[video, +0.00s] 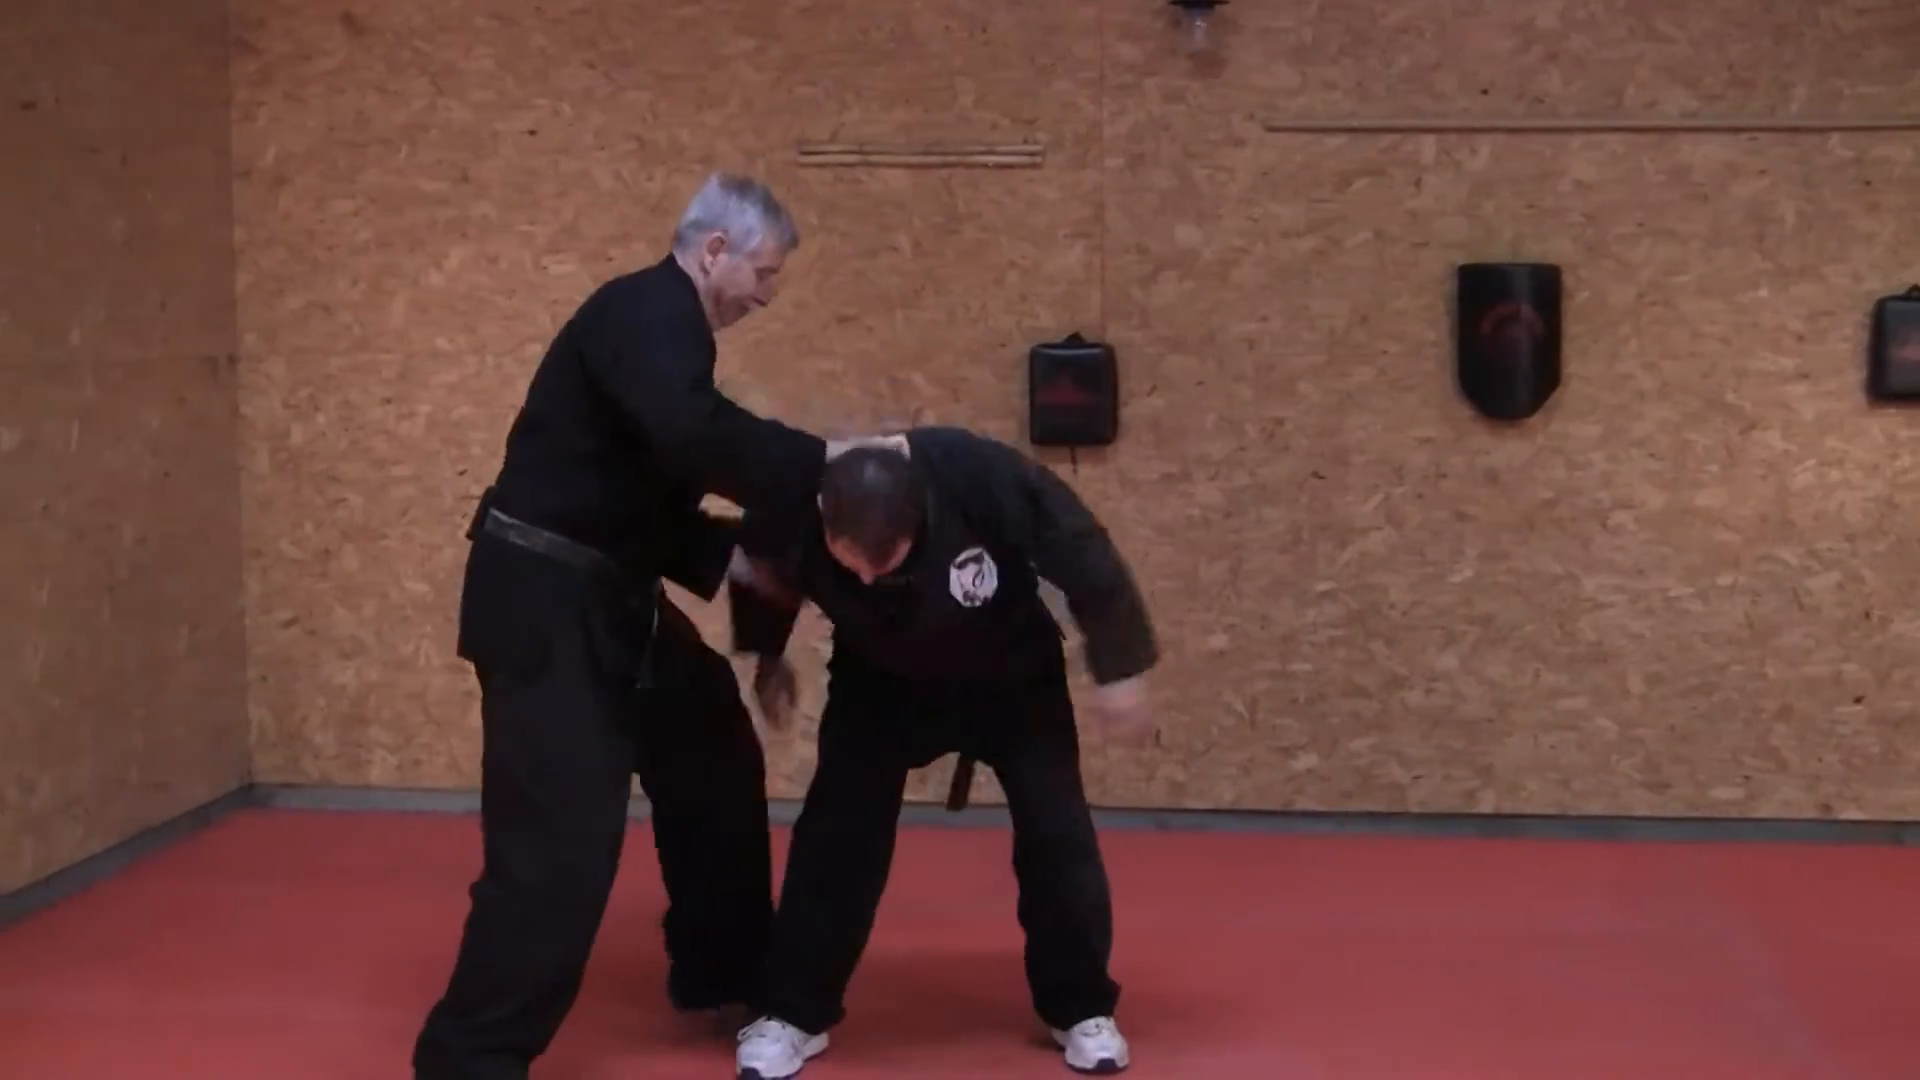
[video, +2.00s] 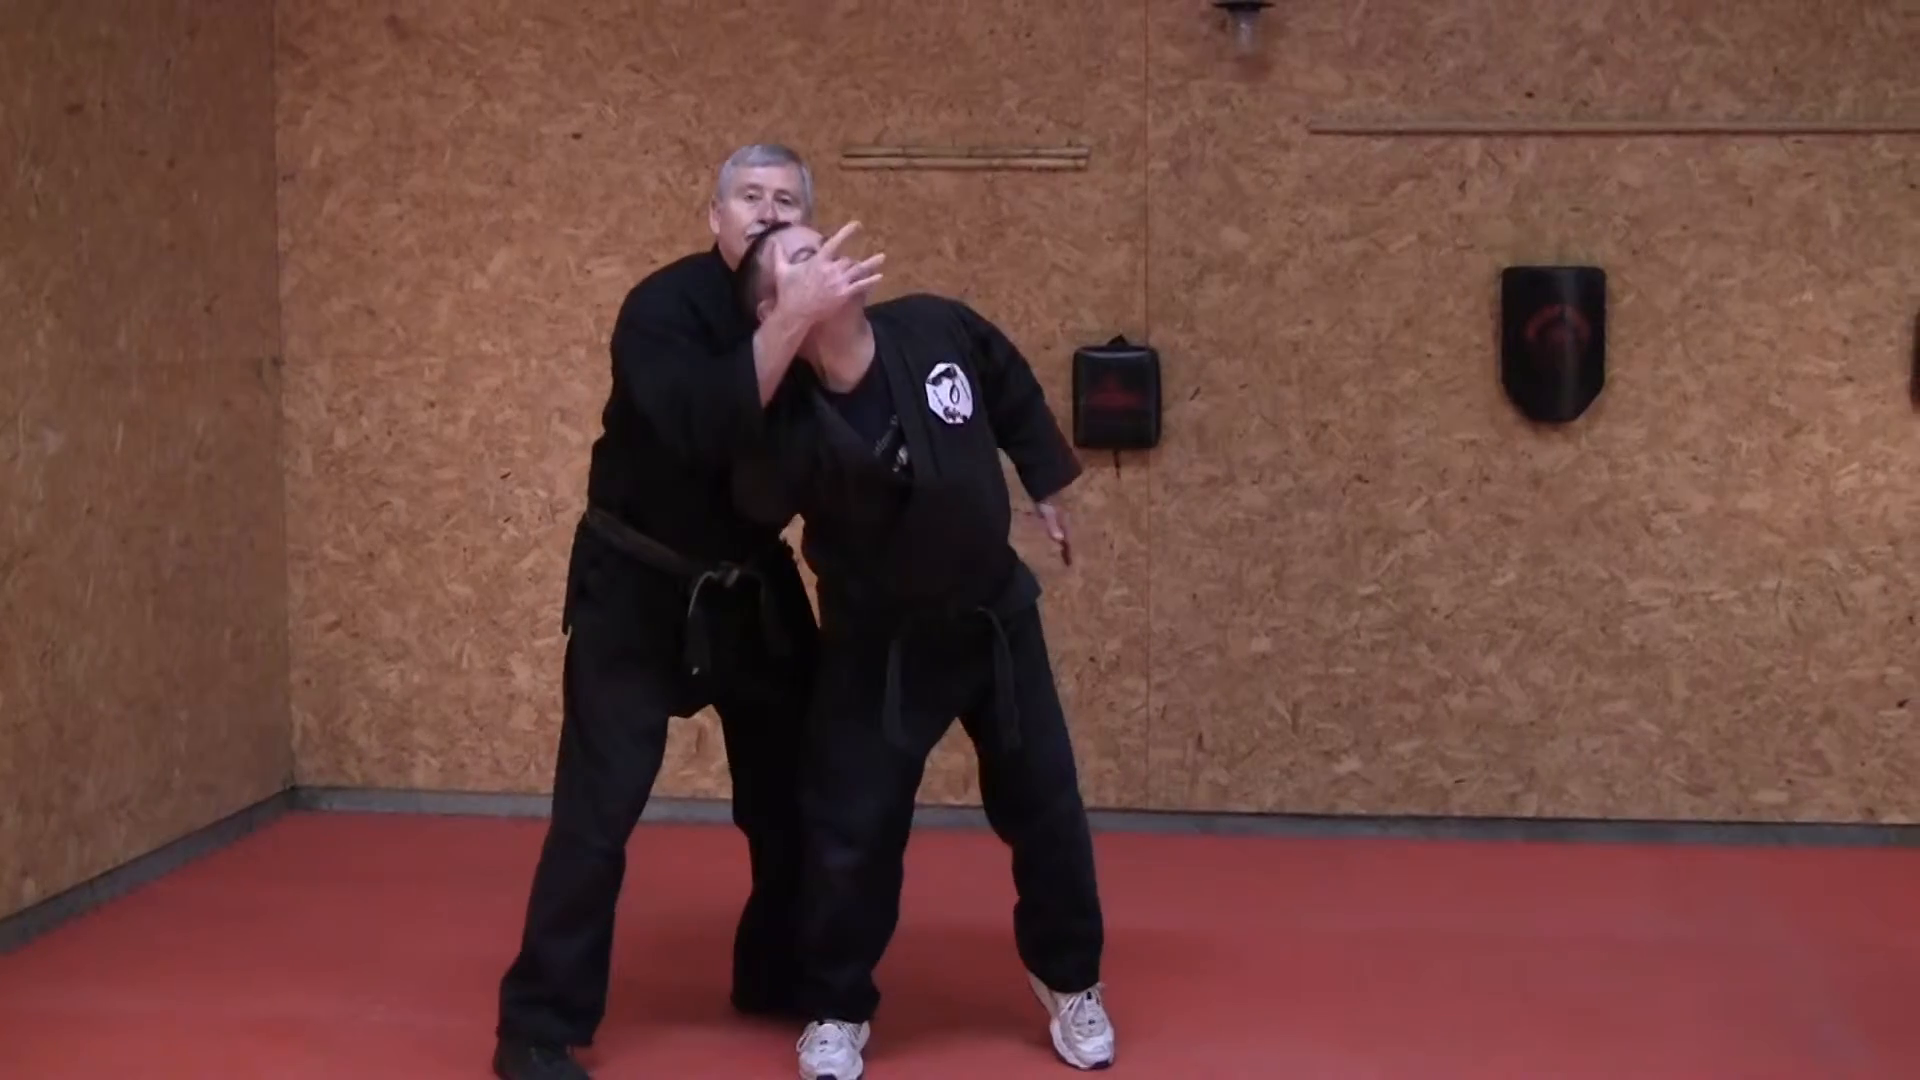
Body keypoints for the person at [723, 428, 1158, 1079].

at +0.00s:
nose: (867, 576)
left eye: (883, 564)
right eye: (851, 564)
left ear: (911, 526)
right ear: (824, 520)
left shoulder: (971, 474)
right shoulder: (796, 503)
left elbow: (1076, 545)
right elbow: (765, 568)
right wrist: (765, 650)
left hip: (1006, 666)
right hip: (880, 676)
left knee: (1057, 830)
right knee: (836, 830)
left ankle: (1082, 1010)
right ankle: (794, 1013)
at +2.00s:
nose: (824, 260)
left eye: (820, 247)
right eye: (795, 261)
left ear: (847, 265)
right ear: (778, 317)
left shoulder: (939, 331)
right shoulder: (789, 425)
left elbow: (1012, 391)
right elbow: (757, 511)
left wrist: (1045, 485)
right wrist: (781, 340)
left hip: (992, 616)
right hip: (876, 636)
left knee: (1045, 804)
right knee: (853, 826)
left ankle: (1070, 981)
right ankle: (838, 1011)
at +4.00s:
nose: (922, 273)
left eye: (916, 259)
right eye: (897, 268)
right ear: (845, 305)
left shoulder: (954, 347)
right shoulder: (815, 410)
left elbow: (991, 436)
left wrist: (1004, 524)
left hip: (944, 631)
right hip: (831, 648)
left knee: (1003, 808)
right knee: (821, 832)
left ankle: (1038, 983)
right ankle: (806, 1014)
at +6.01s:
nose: (1403, 300)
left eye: (1415, 283)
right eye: (1398, 285)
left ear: (1466, 271)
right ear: (1445, 279)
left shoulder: (1518, 363)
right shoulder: (1439, 363)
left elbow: (1512, 494)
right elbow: (1451, 491)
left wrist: (1454, 599)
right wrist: (1426, 587)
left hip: (1518, 613)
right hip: (1450, 603)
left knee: (1509, 781)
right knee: (1409, 772)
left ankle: (1519, 950)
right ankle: (1403, 931)